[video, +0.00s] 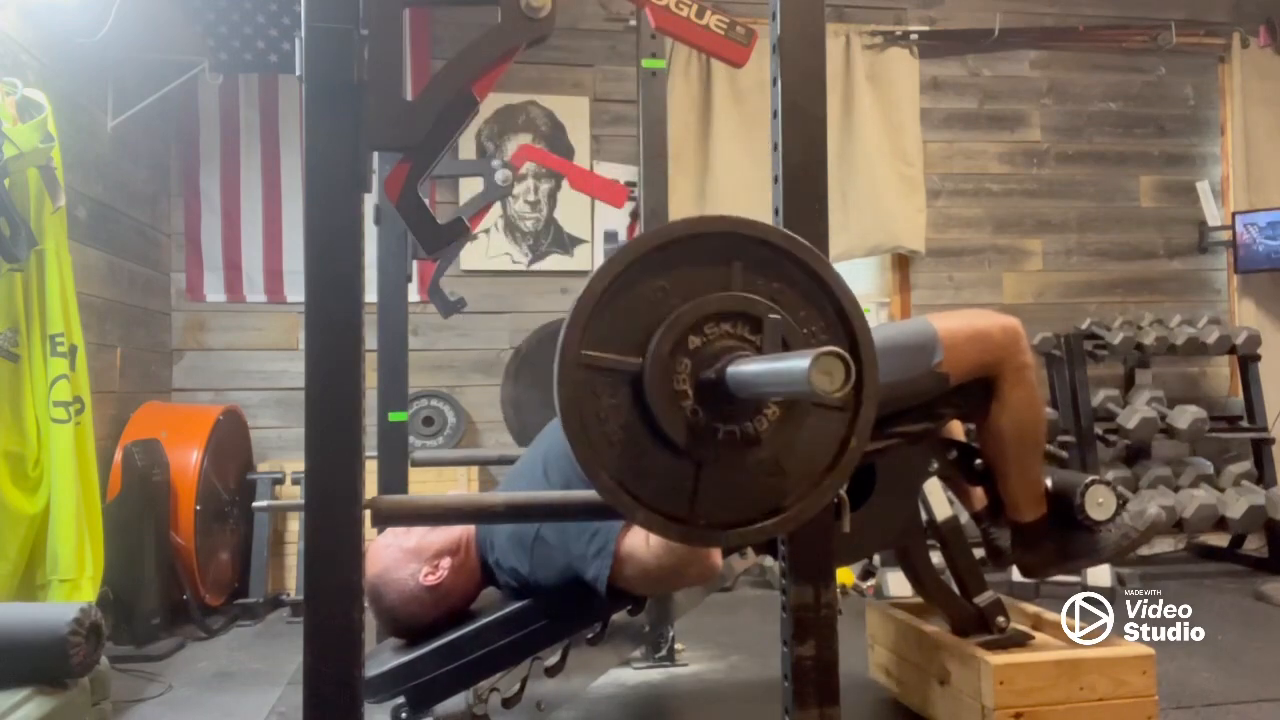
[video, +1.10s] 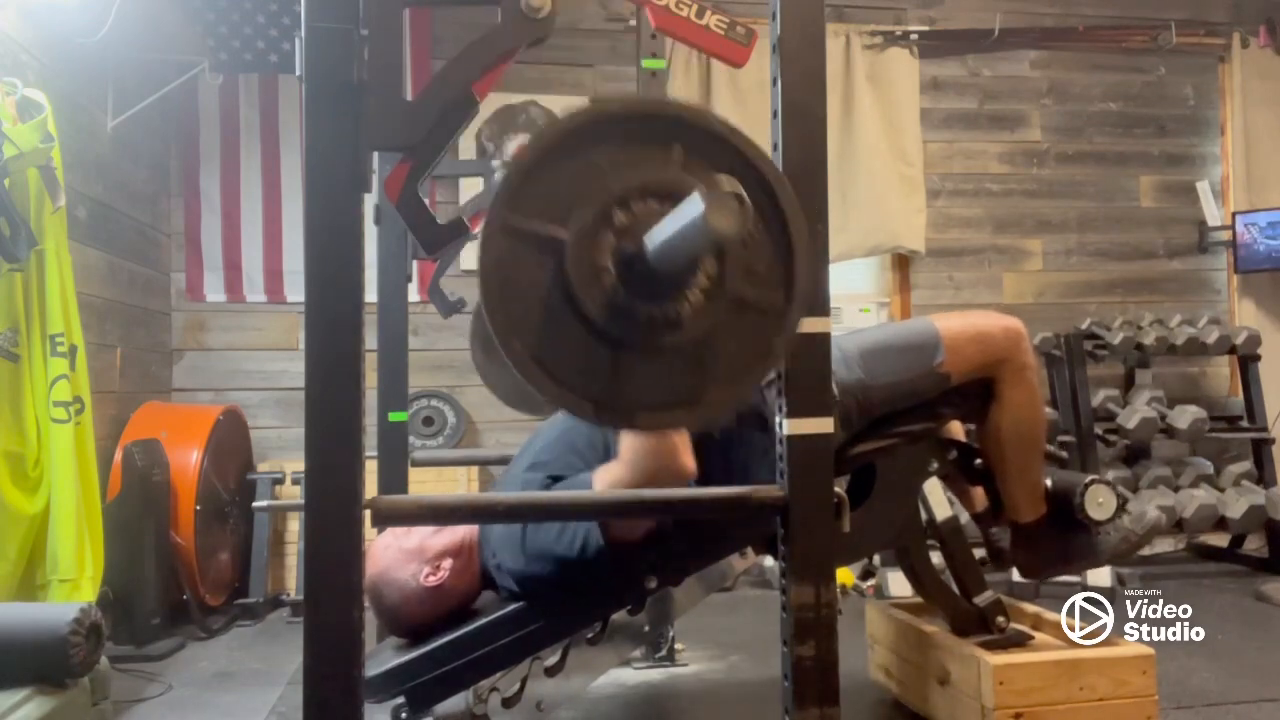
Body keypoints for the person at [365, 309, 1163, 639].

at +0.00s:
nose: (418, 528)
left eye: (399, 534)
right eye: (416, 548)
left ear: (427, 551)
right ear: (447, 574)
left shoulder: (496, 496)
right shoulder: (535, 540)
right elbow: (697, 565)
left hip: (716, 391)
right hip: (755, 434)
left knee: (906, 318)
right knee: (999, 339)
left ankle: (980, 475)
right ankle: (1031, 524)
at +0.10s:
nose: (419, 526)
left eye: (402, 532)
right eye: (417, 544)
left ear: (430, 553)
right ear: (447, 572)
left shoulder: (498, 497)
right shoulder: (533, 542)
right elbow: (689, 544)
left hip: (711, 394)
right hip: (754, 434)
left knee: (896, 311)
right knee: (1001, 339)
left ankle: (976, 468)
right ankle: (1032, 525)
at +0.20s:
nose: (421, 527)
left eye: (403, 533)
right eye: (419, 545)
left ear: (428, 546)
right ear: (449, 573)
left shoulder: (496, 498)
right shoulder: (531, 539)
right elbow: (686, 528)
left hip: (708, 390)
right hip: (748, 432)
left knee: (916, 317)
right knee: (1004, 340)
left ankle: (982, 474)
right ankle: (1032, 527)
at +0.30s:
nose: (421, 530)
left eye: (404, 535)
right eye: (419, 548)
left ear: (428, 543)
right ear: (448, 576)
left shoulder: (500, 497)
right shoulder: (527, 546)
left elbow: (605, 420)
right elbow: (659, 499)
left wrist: (657, 321)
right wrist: (669, 365)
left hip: (735, 375)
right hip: (757, 428)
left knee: (953, 326)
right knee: (1004, 341)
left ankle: (986, 472)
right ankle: (1033, 527)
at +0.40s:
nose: (420, 530)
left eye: (402, 534)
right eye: (417, 548)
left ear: (429, 544)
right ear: (447, 576)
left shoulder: (503, 493)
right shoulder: (526, 547)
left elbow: (630, 432)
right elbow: (654, 463)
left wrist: (609, 312)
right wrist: (635, 325)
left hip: (745, 372)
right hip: (766, 424)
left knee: (960, 327)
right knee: (1005, 341)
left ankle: (982, 476)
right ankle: (1032, 528)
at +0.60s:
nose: (415, 530)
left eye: (398, 533)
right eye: (411, 548)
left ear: (427, 541)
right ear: (444, 578)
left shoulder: (505, 493)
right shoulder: (528, 559)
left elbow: (556, 379)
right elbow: (591, 399)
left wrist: (567, 213)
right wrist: (591, 228)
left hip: (748, 373)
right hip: (772, 423)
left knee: (957, 329)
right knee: (1004, 341)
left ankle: (980, 477)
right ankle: (1031, 527)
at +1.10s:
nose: (418, 526)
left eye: (400, 532)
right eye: (416, 545)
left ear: (428, 542)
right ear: (447, 576)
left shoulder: (498, 498)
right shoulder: (526, 546)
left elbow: (627, 432)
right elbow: (659, 467)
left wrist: (616, 312)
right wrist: (636, 328)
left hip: (738, 383)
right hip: (763, 431)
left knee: (943, 326)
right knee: (1003, 341)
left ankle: (987, 485)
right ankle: (1032, 529)